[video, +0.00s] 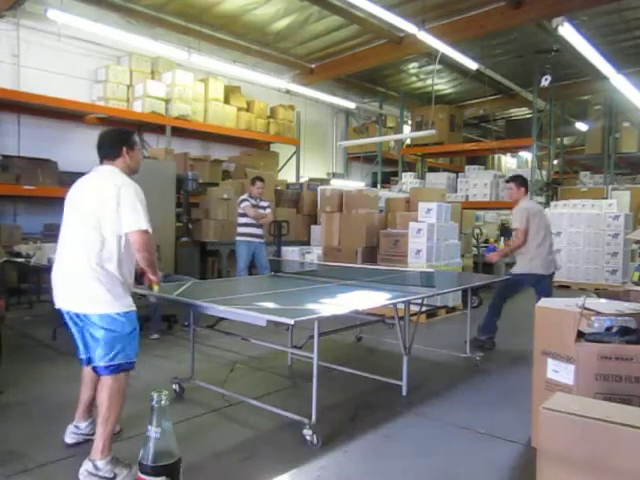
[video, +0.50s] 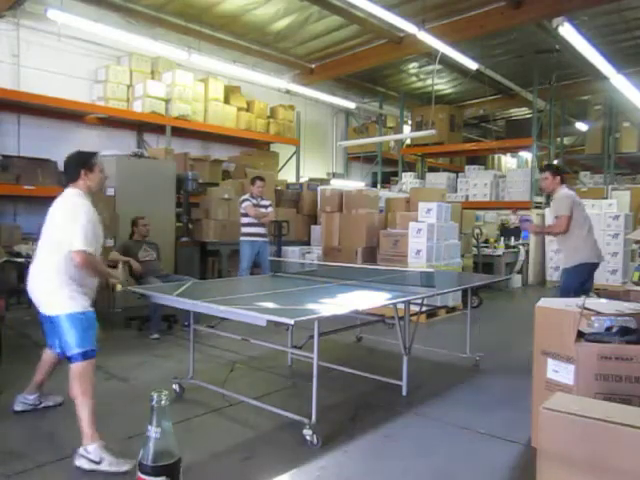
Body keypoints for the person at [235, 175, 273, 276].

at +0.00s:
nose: (260, 191)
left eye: (262, 188)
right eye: (258, 188)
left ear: (264, 189)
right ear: (251, 188)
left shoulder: (265, 203)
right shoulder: (244, 199)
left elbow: (270, 218)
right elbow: (252, 213)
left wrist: (258, 220)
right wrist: (265, 215)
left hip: (259, 240)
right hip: (244, 239)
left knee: (265, 269)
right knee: (242, 270)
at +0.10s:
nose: (260, 191)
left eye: (262, 188)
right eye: (258, 188)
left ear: (263, 189)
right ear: (251, 187)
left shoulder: (265, 203)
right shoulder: (243, 200)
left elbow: (270, 217)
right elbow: (251, 213)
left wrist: (258, 221)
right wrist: (265, 215)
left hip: (259, 240)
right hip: (244, 240)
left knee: (265, 269)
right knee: (242, 269)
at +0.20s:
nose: (259, 191)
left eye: (261, 188)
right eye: (257, 188)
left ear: (263, 189)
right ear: (250, 188)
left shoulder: (264, 203)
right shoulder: (243, 199)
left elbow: (270, 217)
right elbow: (250, 213)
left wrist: (258, 220)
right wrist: (264, 215)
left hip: (259, 240)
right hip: (244, 239)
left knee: (264, 269)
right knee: (242, 270)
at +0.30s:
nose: (259, 191)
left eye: (261, 188)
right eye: (257, 188)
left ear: (263, 189)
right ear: (250, 187)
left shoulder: (264, 202)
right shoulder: (243, 199)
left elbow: (270, 217)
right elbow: (251, 213)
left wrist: (258, 220)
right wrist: (264, 214)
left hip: (259, 240)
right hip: (244, 239)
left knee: (264, 269)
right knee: (243, 270)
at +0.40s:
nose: (260, 190)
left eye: (262, 188)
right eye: (257, 187)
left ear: (263, 188)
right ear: (251, 187)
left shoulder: (265, 202)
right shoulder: (243, 200)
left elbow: (270, 217)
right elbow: (251, 213)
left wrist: (258, 219)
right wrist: (264, 214)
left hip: (260, 239)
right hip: (246, 239)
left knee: (265, 268)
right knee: (244, 269)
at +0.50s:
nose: (260, 190)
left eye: (262, 187)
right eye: (258, 187)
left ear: (264, 188)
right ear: (251, 187)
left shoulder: (267, 202)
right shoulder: (245, 199)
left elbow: (272, 217)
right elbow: (252, 213)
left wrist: (258, 217)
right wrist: (266, 214)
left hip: (263, 239)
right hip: (248, 239)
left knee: (266, 268)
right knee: (245, 269)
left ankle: (267, 290)